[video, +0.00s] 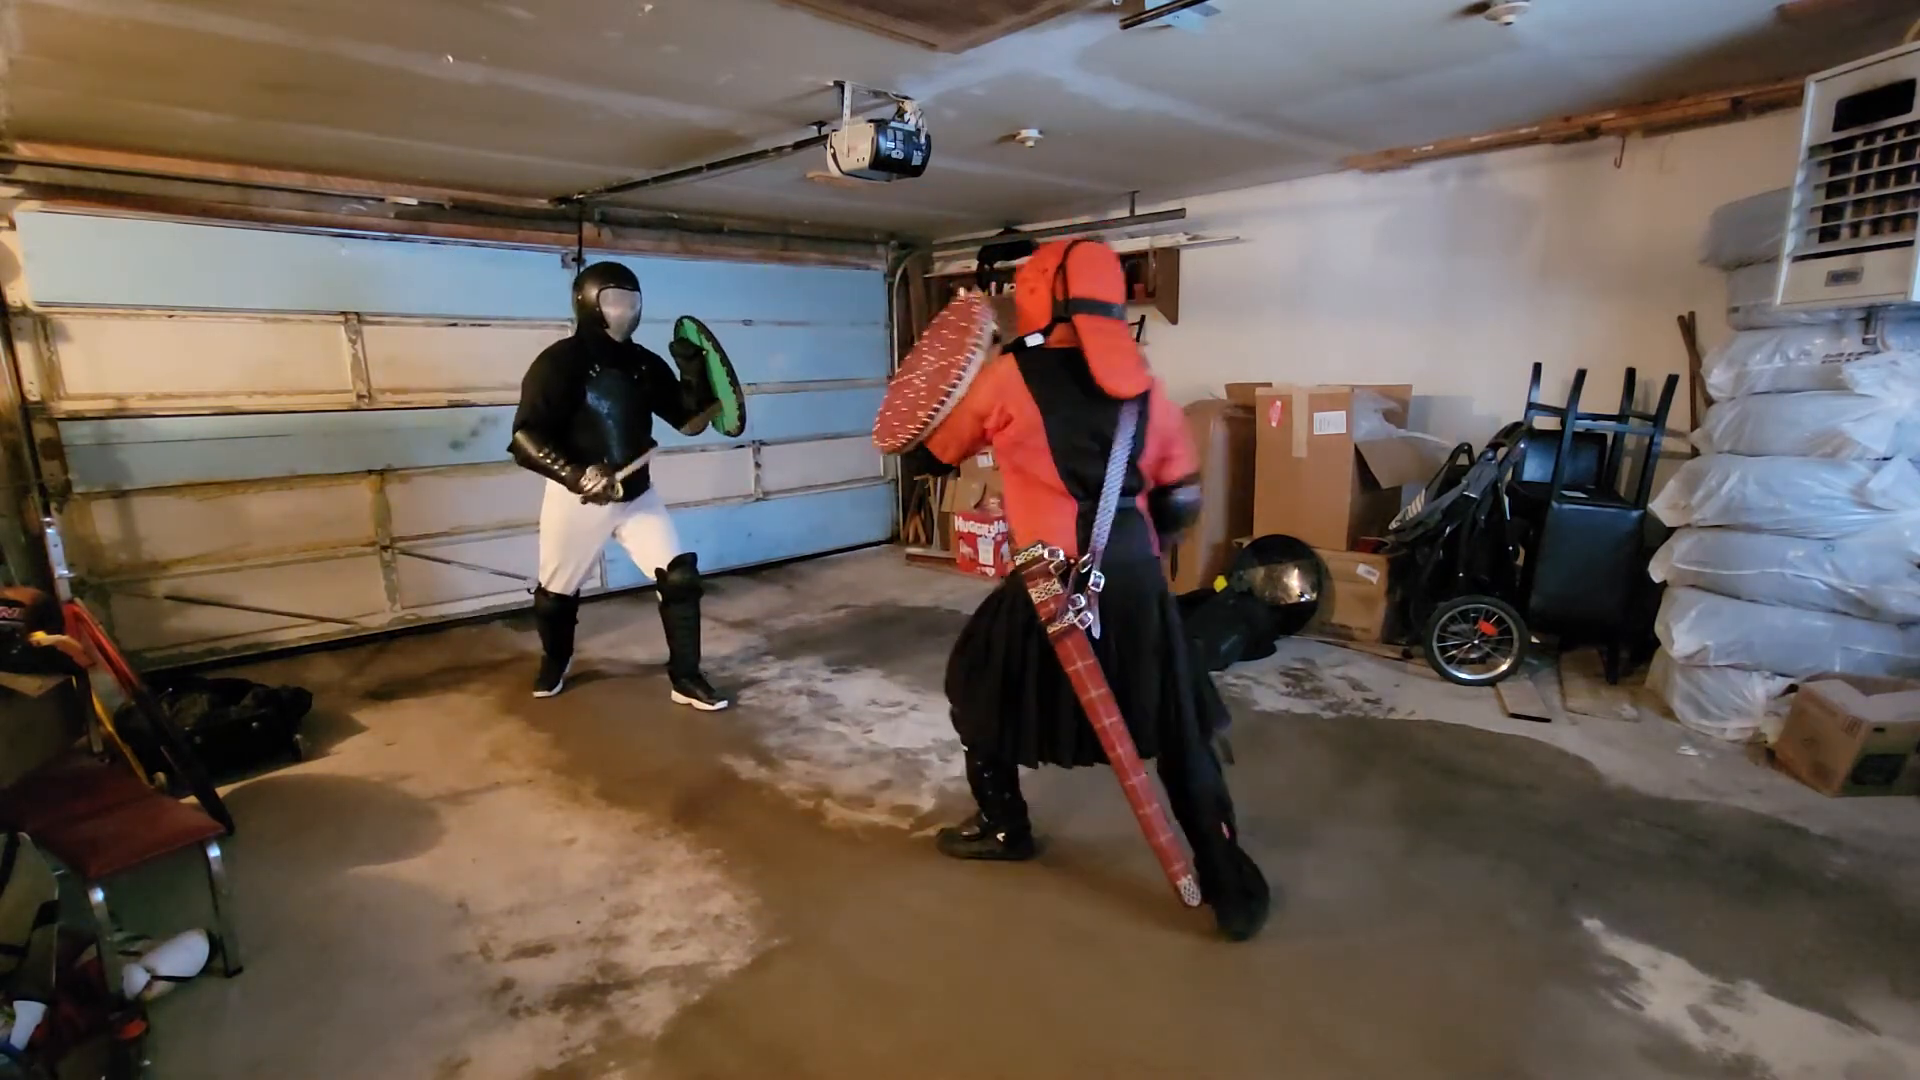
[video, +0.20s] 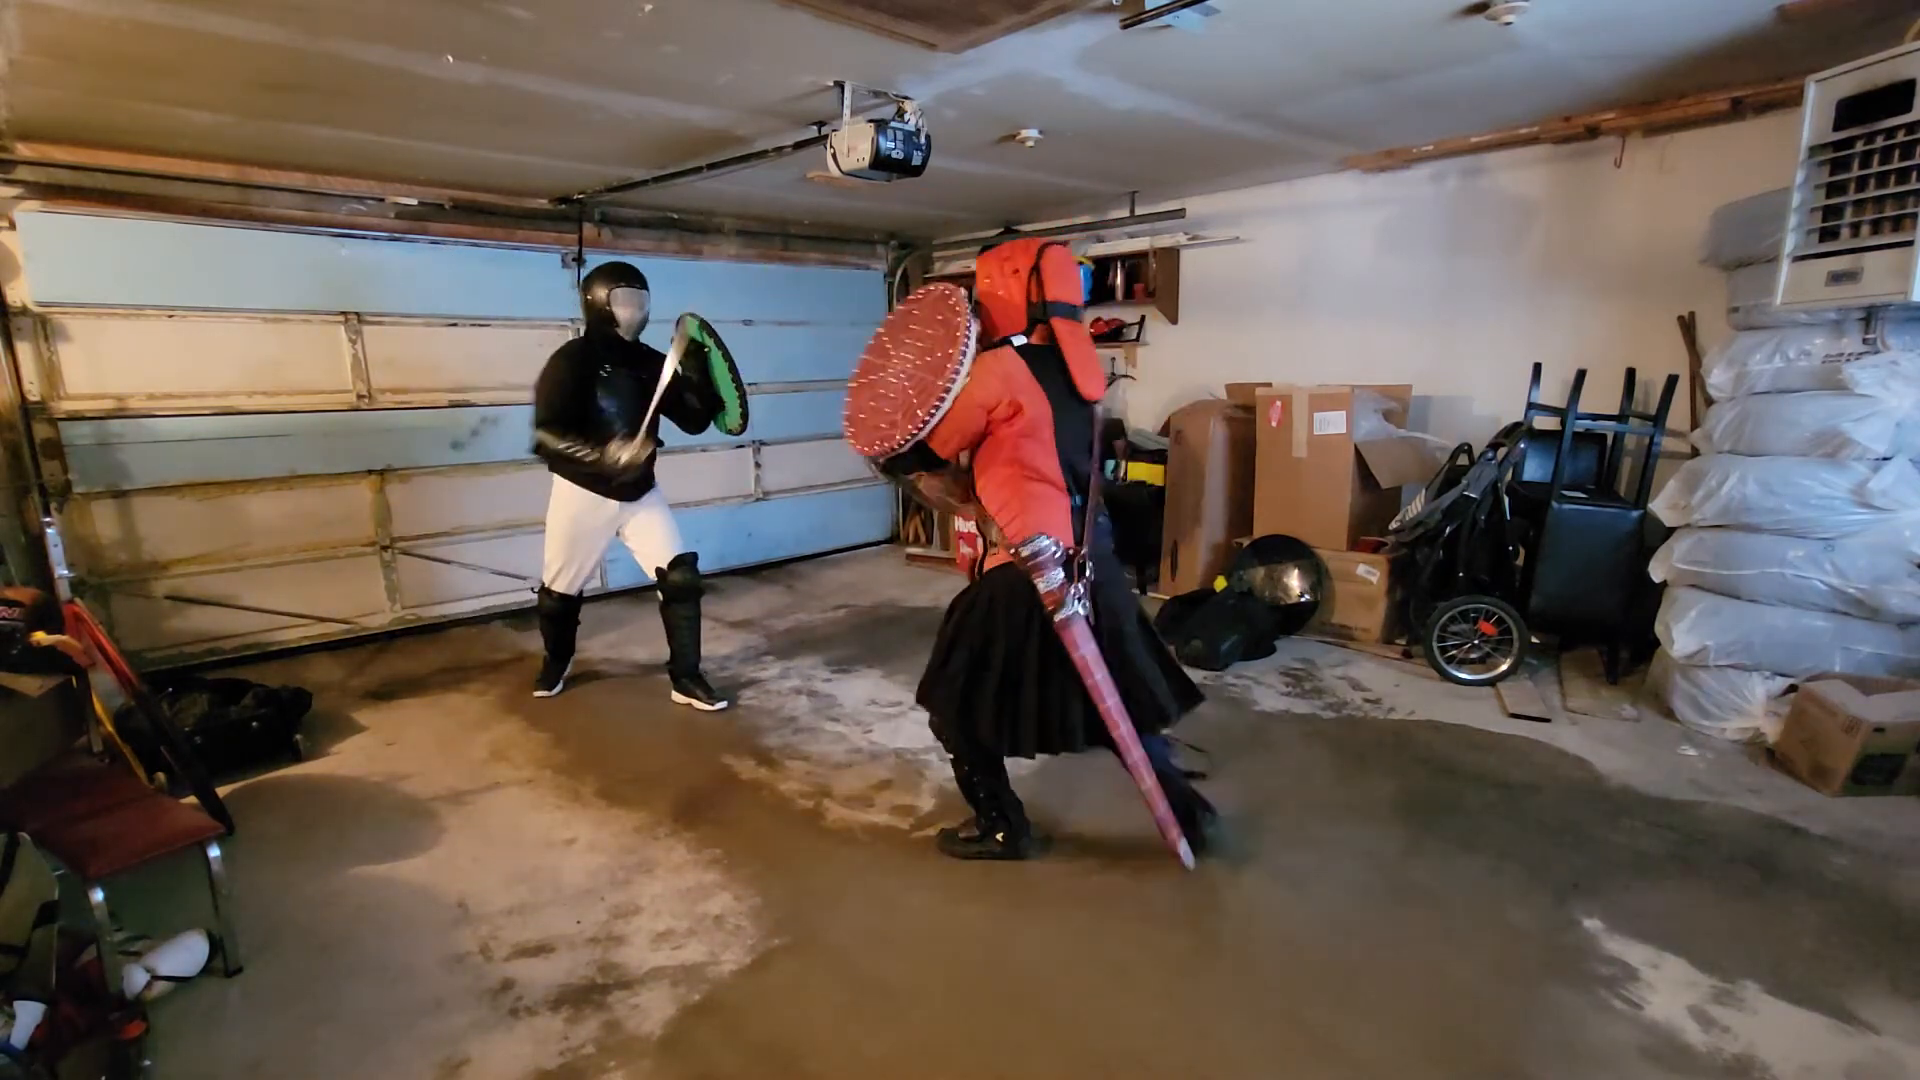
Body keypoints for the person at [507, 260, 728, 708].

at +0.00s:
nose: (635, 307)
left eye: (636, 298)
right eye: (625, 297)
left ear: (634, 305)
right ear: (594, 302)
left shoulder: (644, 363)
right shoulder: (558, 363)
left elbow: (689, 420)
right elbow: (524, 440)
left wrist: (698, 378)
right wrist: (578, 477)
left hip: (637, 497)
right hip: (574, 500)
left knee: (680, 577)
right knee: (552, 598)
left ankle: (686, 677)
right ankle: (554, 662)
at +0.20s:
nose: (643, 307)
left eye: (644, 298)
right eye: (633, 298)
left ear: (643, 304)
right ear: (603, 302)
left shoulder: (652, 362)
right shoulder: (570, 362)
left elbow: (694, 420)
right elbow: (547, 440)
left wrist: (695, 365)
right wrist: (603, 457)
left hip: (640, 494)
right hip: (581, 493)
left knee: (681, 576)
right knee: (558, 594)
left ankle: (686, 678)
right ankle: (556, 662)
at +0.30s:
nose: (649, 310)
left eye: (649, 301)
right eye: (640, 301)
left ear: (636, 308)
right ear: (610, 304)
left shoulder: (655, 363)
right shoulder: (583, 358)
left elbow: (688, 403)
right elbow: (595, 416)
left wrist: (693, 353)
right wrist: (656, 427)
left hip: (640, 492)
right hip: (584, 490)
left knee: (682, 573)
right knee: (561, 589)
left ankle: (686, 677)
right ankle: (558, 663)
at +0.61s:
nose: (619, 319)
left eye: (621, 310)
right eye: (608, 310)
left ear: (624, 315)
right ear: (581, 317)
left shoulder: (632, 378)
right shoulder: (563, 367)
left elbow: (664, 431)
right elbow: (571, 423)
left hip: (624, 500)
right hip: (570, 497)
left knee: (674, 575)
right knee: (553, 603)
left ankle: (686, 678)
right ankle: (528, 651)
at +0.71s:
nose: (603, 320)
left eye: (604, 310)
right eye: (593, 310)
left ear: (601, 315)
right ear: (565, 314)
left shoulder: (612, 374)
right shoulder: (540, 371)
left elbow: (645, 433)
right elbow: (534, 438)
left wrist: (653, 389)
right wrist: (588, 477)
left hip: (605, 496)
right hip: (549, 496)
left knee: (651, 576)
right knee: (537, 592)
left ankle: (684, 676)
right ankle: (530, 666)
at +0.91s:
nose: (575, 315)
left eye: (574, 306)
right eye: (566, 306)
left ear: (567, 311)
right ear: (538, 312)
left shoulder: (585, 369)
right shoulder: (503, 367)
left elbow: (616, 426)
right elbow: (481, 441)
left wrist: (625, 382)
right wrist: (526, 467)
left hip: (581, 489)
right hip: (526, 492)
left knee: (625, 561)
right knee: (526, 585)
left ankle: (628, 649)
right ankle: (532, 662)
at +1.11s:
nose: (557, 312)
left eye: (558, 303)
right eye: (548, 303)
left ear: (554, 308)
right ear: (520, 307)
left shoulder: (571, 363)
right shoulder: (488, 363)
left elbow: (608, 418)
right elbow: (461, 433)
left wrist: (614, 374)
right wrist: (498, 466)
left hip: (575, 486)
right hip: (520, 489)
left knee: (608, 575)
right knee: (525, 582)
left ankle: (599, 646)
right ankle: (531, 661)